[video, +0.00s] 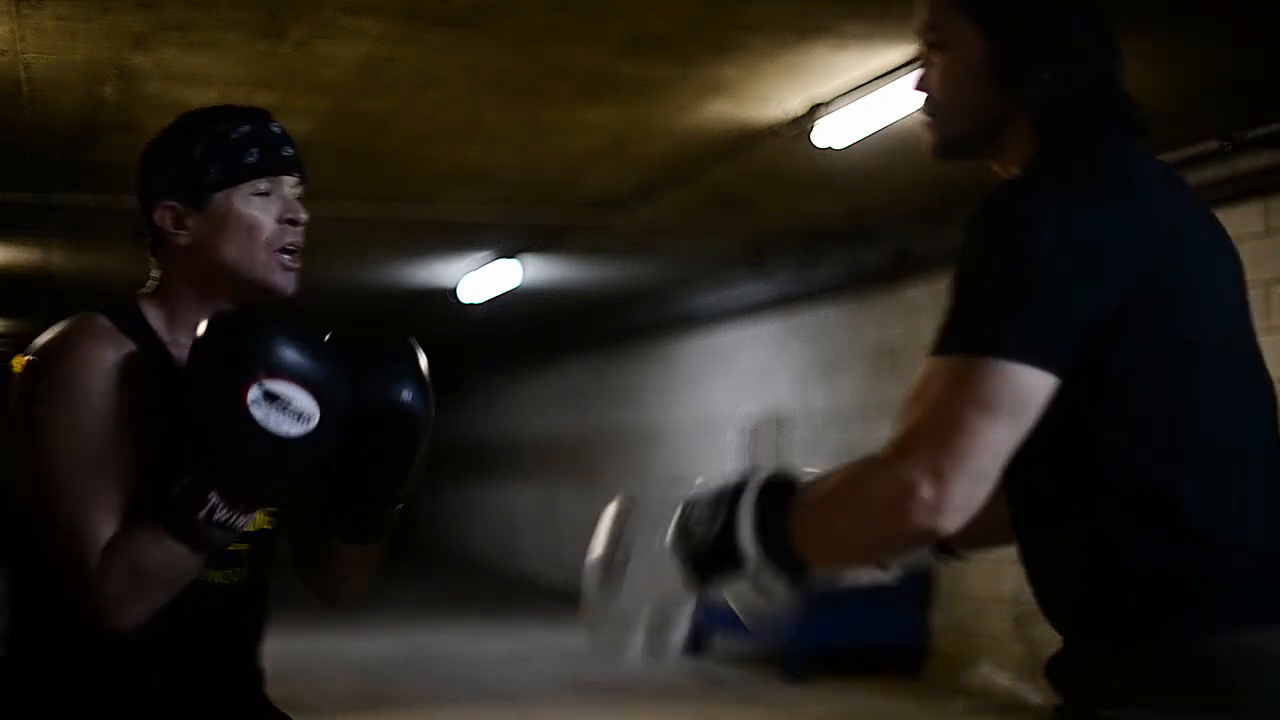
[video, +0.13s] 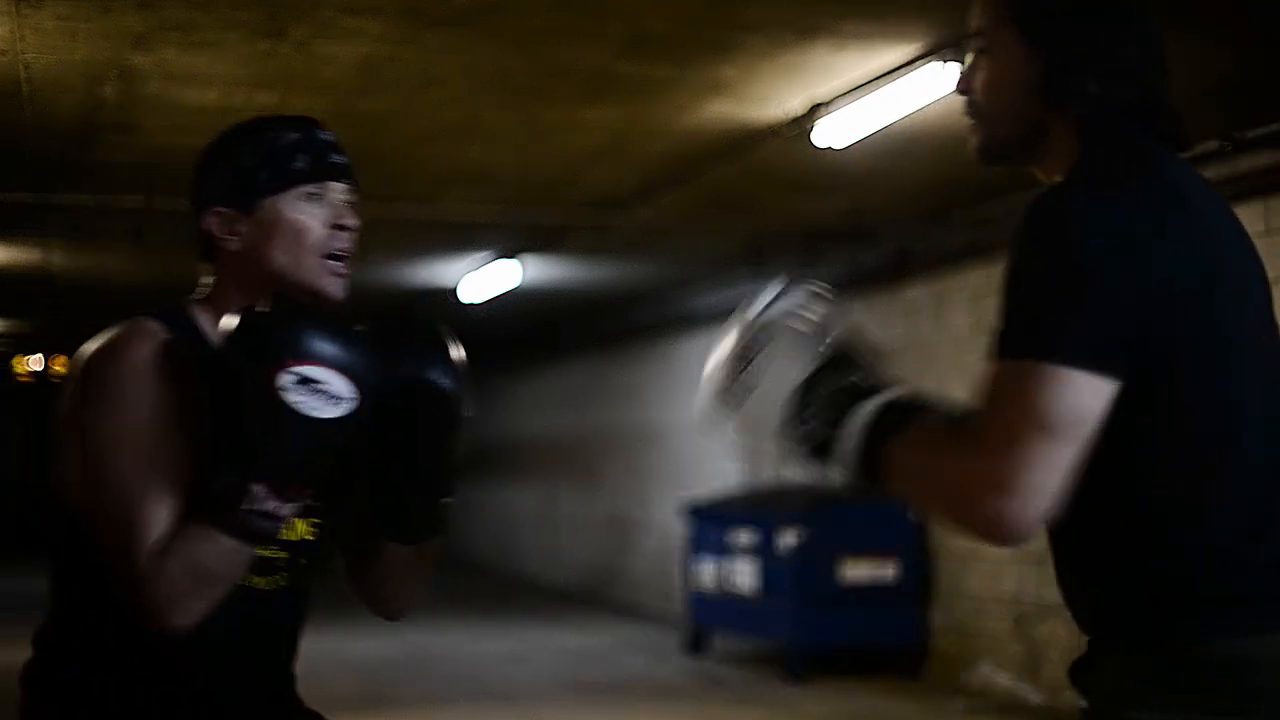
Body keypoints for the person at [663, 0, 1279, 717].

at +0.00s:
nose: (919, 80)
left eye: (938, 49)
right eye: (925, 52)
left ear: (1018, 58)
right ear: (1025, 64)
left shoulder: (1044, 213)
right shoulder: (1147, 198)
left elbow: (930, 492)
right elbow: (1088, 462)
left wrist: (752, 525)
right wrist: (908, 535)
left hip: (1168, 663)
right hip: (1240, 645)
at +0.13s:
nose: (964, 84)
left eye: (984, 52)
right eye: (970, 55)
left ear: (1058, 57)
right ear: (1072, 63)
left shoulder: (1094, 219)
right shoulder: (1170, 206)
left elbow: (1009, 493)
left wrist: (848, 414)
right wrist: (883, 412)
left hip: (1185, 670)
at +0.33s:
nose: (1011, 73)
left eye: (1036, 43)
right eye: (1024, 44)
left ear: (1111, 57)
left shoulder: (1152, 207)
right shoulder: (1200, 199)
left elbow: (1109, 484)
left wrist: (968, 349)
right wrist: (1003, 342)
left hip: (1193, 673)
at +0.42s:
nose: (1023, 74)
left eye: (1048, 44)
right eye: (1035, 47)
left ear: (1121, 59)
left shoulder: (1168, 207)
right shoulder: (1199, 200)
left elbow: (1116, 482)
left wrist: (973, 345)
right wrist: (999, 339)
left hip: (1196, 669)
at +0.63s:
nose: (1016, 76)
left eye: (1041, 47)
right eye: (1028, 48)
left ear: (1115, 62)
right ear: (1121, 66)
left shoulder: (1171, 212)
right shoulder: (1167, 206)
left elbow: (1116, 487)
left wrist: (947, 350)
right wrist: (967, 341)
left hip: (1197, 673)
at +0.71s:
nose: (1000, 78)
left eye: (1024, 48)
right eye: (1013, 50)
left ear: (1098, 63)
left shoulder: (1160, 221)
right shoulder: (1155, 213)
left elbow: (1103, 493)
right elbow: (1099, 477)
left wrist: (935, 354)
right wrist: (946, 350)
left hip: (1188, 678)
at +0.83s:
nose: (964, 67)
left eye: (985, 43)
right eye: (973, 44)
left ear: (1053, 55)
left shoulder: (1098, 211)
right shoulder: (1160, 201)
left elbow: (1012, 467)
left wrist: (886, 335)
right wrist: (947, 322)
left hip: (1140, 660)